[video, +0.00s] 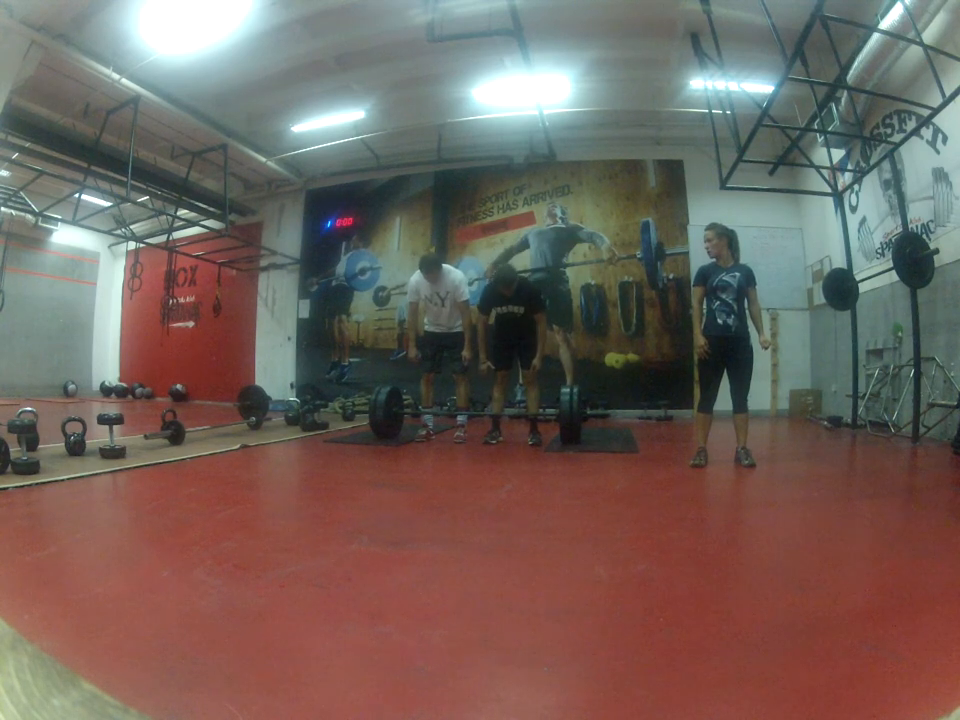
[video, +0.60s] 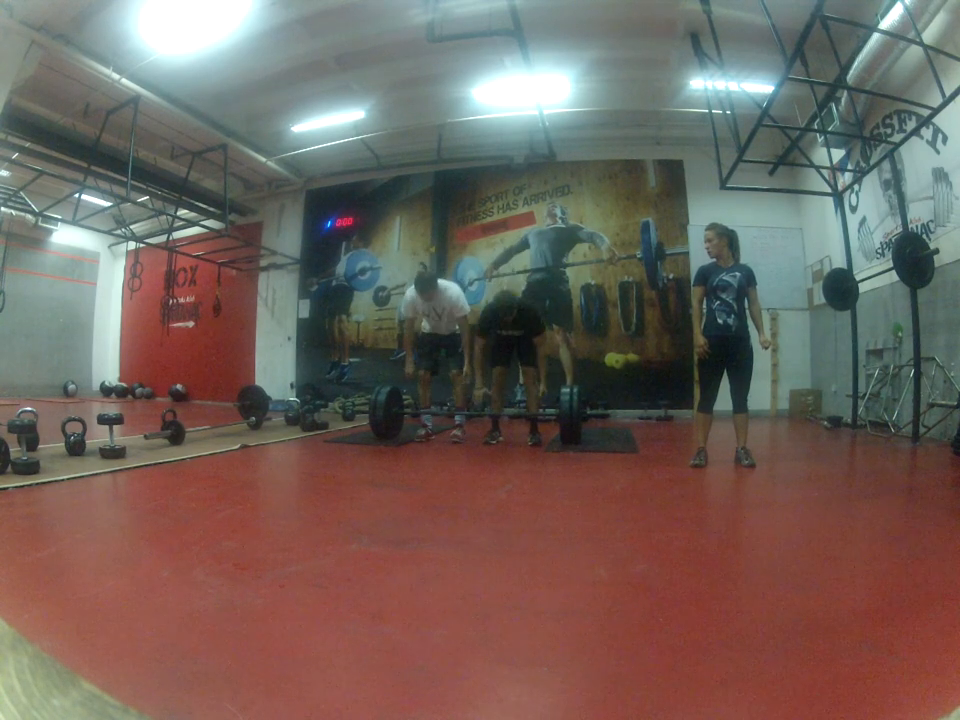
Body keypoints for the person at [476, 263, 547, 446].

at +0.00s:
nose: (507, 292)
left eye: (509, 289)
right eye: (503, 290)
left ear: (515, 282)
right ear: (497, 284)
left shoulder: (530, 290)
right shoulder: (490, 290)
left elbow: (541, 321)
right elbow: (482, 321)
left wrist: (539, 355)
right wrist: (482, 357)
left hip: (527, 341)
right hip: (501, 341)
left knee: (530, 379)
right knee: (500, 378)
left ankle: (534, 429)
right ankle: (495, 428)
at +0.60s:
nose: (507, 319)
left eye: (510, 315)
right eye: (504, 316)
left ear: (516, 309)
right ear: (497, 310)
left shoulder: (529, 311)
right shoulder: (489, 312)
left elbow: (541, 345)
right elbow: (479, 346)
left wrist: (543, 381)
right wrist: (479, 384)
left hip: (525, 338)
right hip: (501, 338)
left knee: (530, 376)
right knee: (498, 376)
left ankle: (534, 429)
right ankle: (495, 428)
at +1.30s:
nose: (509, 295)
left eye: (512, 290)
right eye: (505, 290)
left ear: (518, 288)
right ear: (499, 289)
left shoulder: (529, 306)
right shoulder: (489, 306)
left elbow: (540, 339)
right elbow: (481, 339)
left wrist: (546, 373)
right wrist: (477, 374)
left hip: (526, 345)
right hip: (500, 346)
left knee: (531, 380)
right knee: (496, 380)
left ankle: (534, 430)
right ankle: (495, 429)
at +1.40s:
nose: (509, 265)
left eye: (513, 261)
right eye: (506, 261)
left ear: (518, 262)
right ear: (499, 263)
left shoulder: (529, 287)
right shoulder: (490, 287)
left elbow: (538, 320)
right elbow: (482, 319)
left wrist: (544, 351)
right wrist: (477, 351)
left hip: (526, 342)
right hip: (499, 342)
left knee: (530, 382)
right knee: (497, 383)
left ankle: (534, 430)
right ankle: (495, 428)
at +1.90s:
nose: (506, 276)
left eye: (510, 272)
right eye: (503, 272)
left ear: (516, 272)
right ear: (497, 273)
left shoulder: (530, 293)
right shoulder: (490, 295)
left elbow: (539, 327)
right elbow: (481, 328)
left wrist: (544, 360)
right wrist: (476, 363)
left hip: (525, 341)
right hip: (499, 342)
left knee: (531, 374)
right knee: (496, 377)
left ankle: (534, 428)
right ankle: (495, 428)